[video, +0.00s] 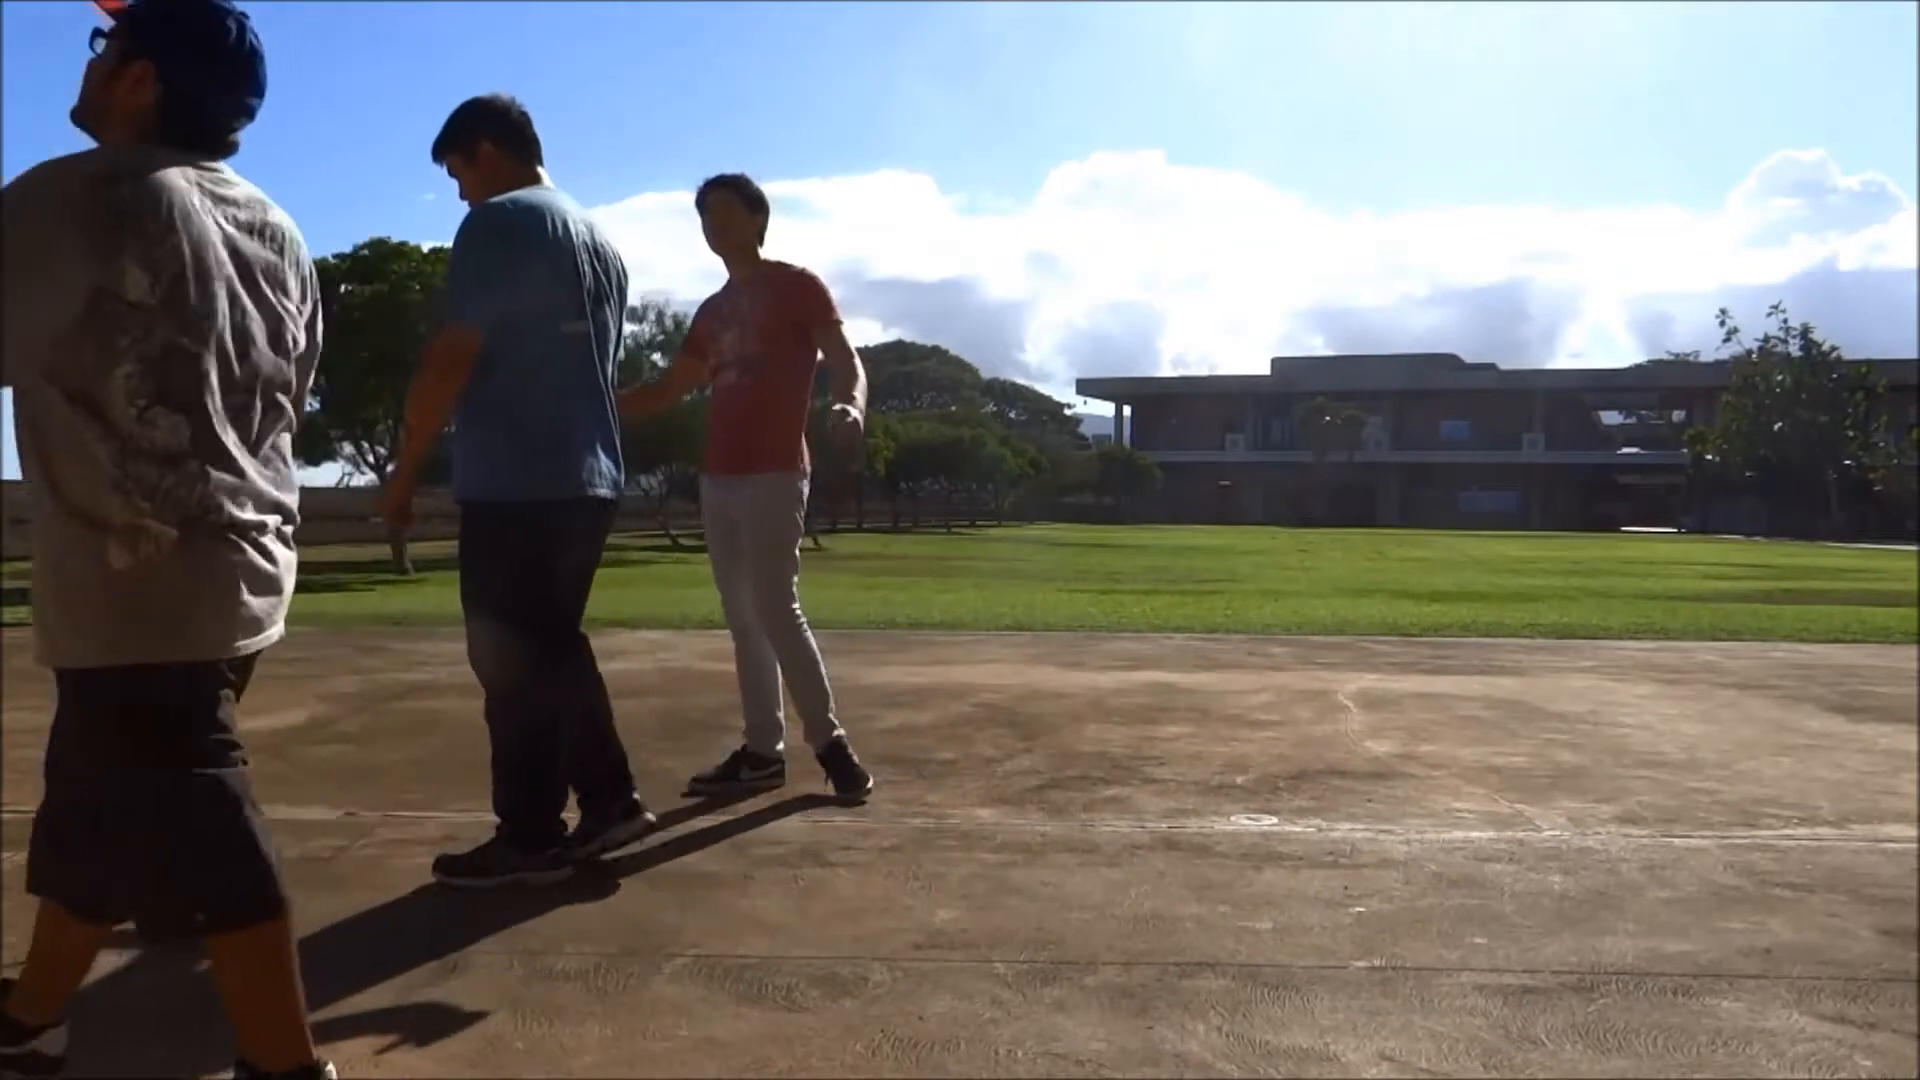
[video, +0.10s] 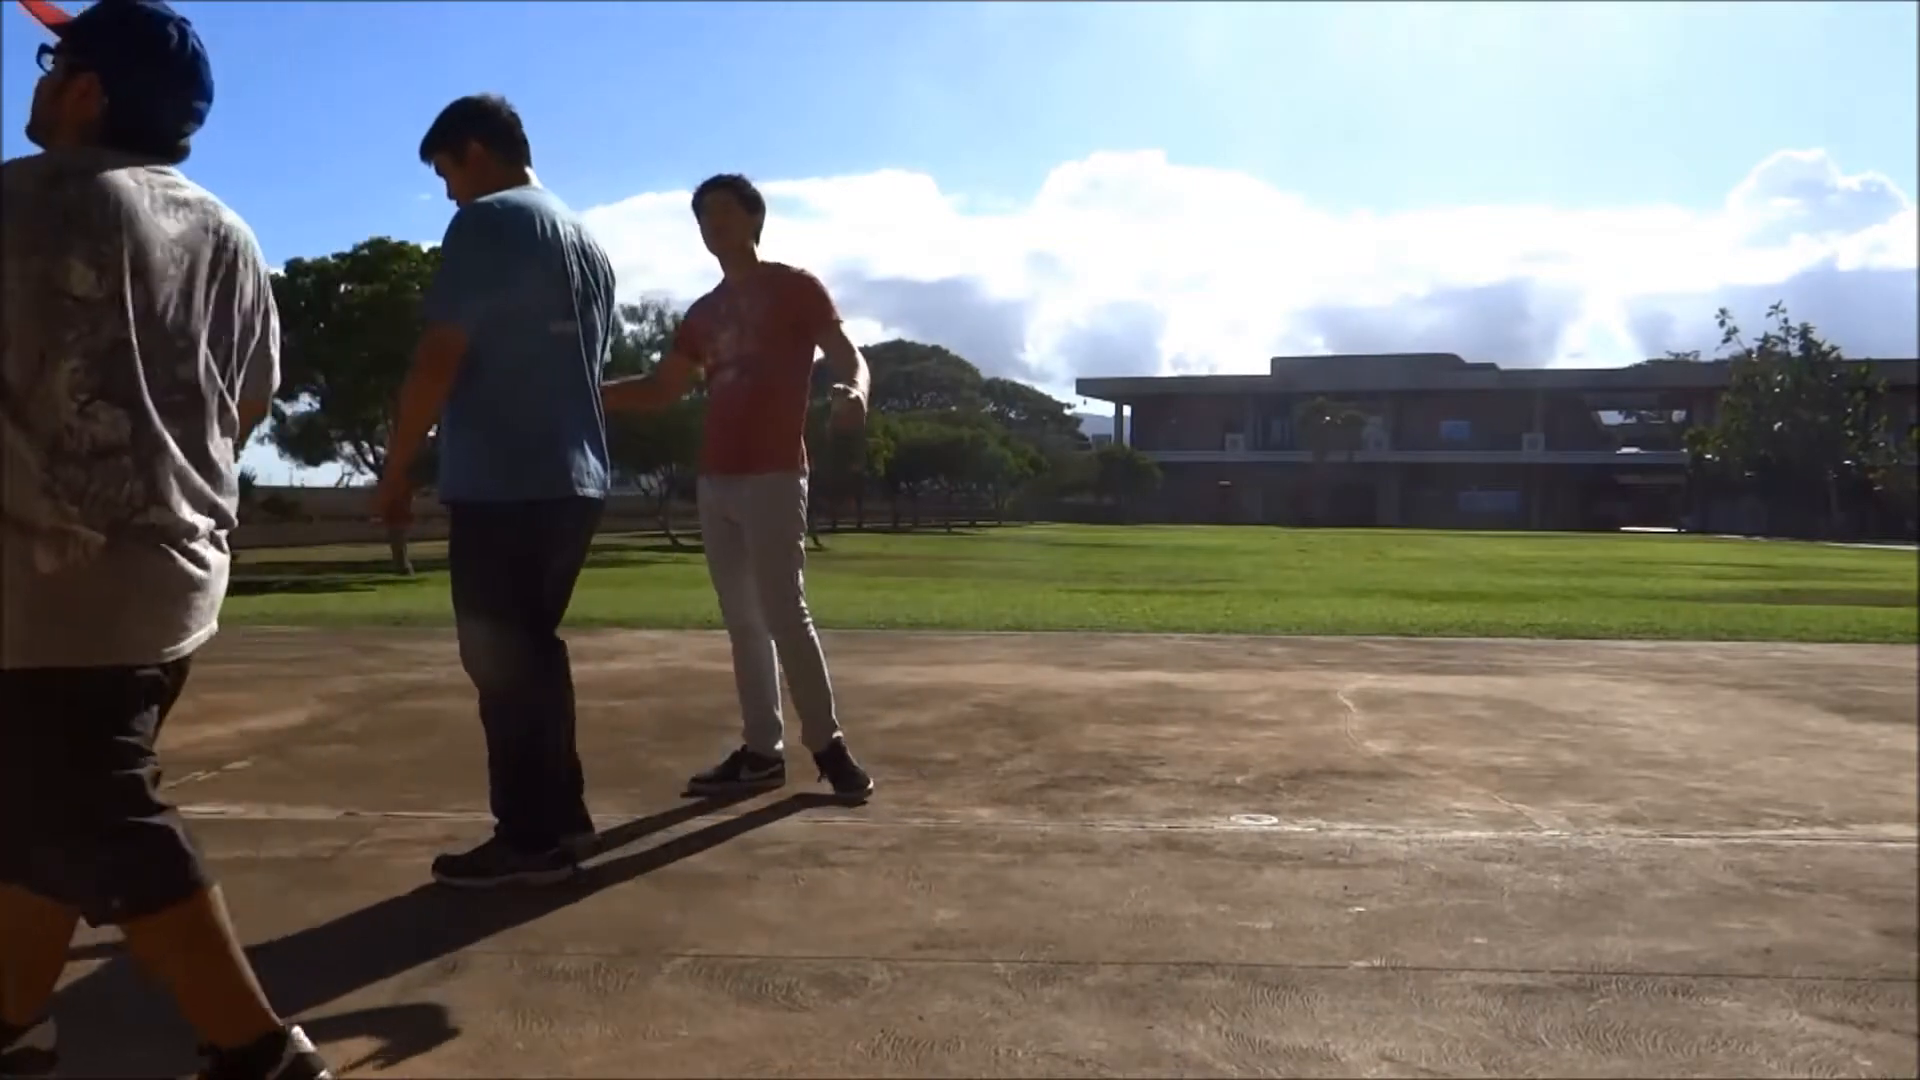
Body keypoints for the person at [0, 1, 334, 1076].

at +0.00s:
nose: (88, 76)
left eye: (104, 56)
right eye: (99, 53)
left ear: (138, 81)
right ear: (214, 101)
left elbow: (6, 339)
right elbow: (286, 400)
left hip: (124, 585)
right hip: (246, 574)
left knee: (205, 820)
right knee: (96, 803)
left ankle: (290, 1064)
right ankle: (29, 1020)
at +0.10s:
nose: (38, 89)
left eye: (53, 70)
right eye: (49, 70)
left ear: (86, 91)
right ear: (175, 115)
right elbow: (246, 398)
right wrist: (149, 476)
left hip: (44, 575)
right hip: (177, 574)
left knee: (103, 814)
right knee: (40, 813)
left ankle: (258, 1049)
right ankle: (13, 1025)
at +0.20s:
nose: (4, 90)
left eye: (13, 70)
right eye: (13, 69)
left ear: (37, 83)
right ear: (128, 103)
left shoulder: (24, 197)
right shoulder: (185, 227)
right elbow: (216, 395)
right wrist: (114, 438)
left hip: (29, 572)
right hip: (140, 571)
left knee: (4, 794)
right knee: (63, 803)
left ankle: (163, 986)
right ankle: (22, 1021)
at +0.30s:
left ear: (8, 83)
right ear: (84, 88)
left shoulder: (11, 190)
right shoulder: (139, 215)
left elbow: (172, 375)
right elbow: (184, 370)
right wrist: (118, 458)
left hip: (20, 556)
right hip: (107, 550)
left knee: (10, 774)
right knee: (55, 780)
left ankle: (44, 958)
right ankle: (39, 1008)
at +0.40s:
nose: (34, 105)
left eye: (22, 88)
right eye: (37, 89)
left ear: (2, 90)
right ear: (36, 95)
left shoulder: (67, 209)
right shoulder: (84, 210)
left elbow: (142, 369)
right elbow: (148, 370)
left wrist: (63, 466)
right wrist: (73, 458)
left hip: (26, 546)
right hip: (63, 548)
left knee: (36, 772)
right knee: (41, 769)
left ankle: (25, 1022)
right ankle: (25, 1024)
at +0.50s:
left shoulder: (46, 219)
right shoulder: (46, 218)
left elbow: (108, 362)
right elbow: (111, 361)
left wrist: (41, 450)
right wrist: (44, 448)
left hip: (24, 536)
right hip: (34, 539)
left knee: (24, 763)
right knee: (24, 760)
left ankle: (24, 1017)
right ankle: (24, 1018)